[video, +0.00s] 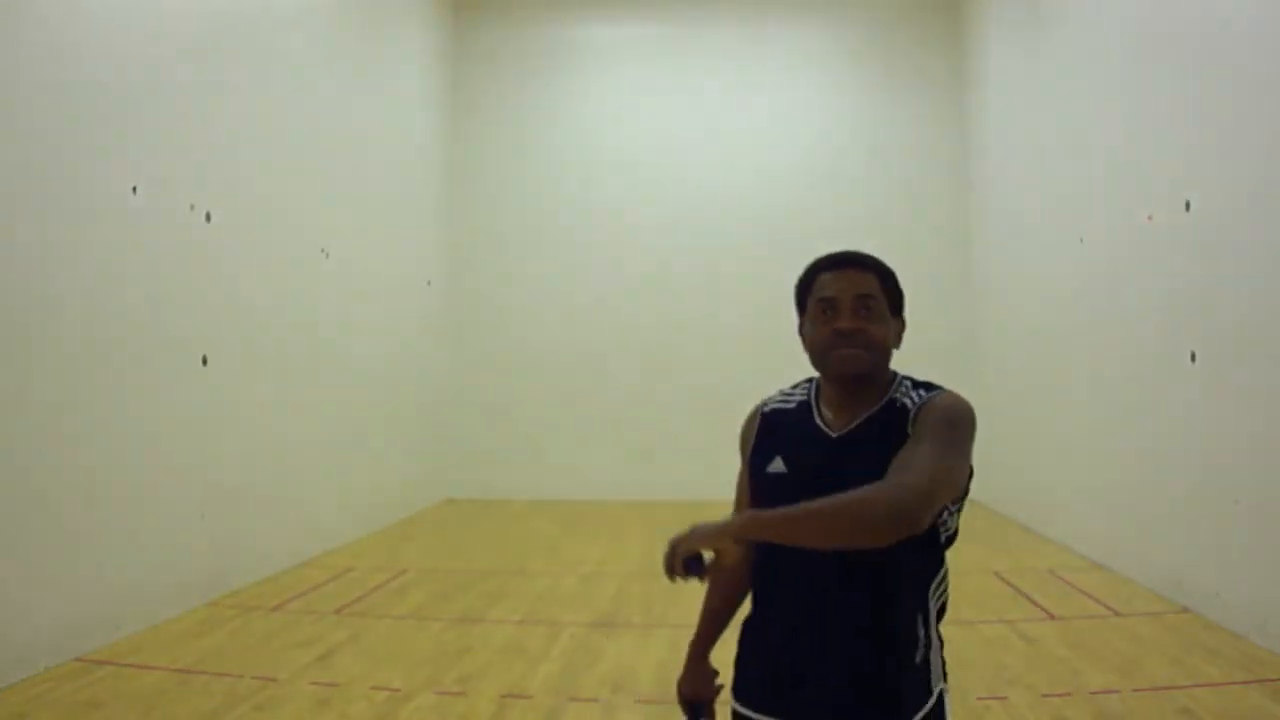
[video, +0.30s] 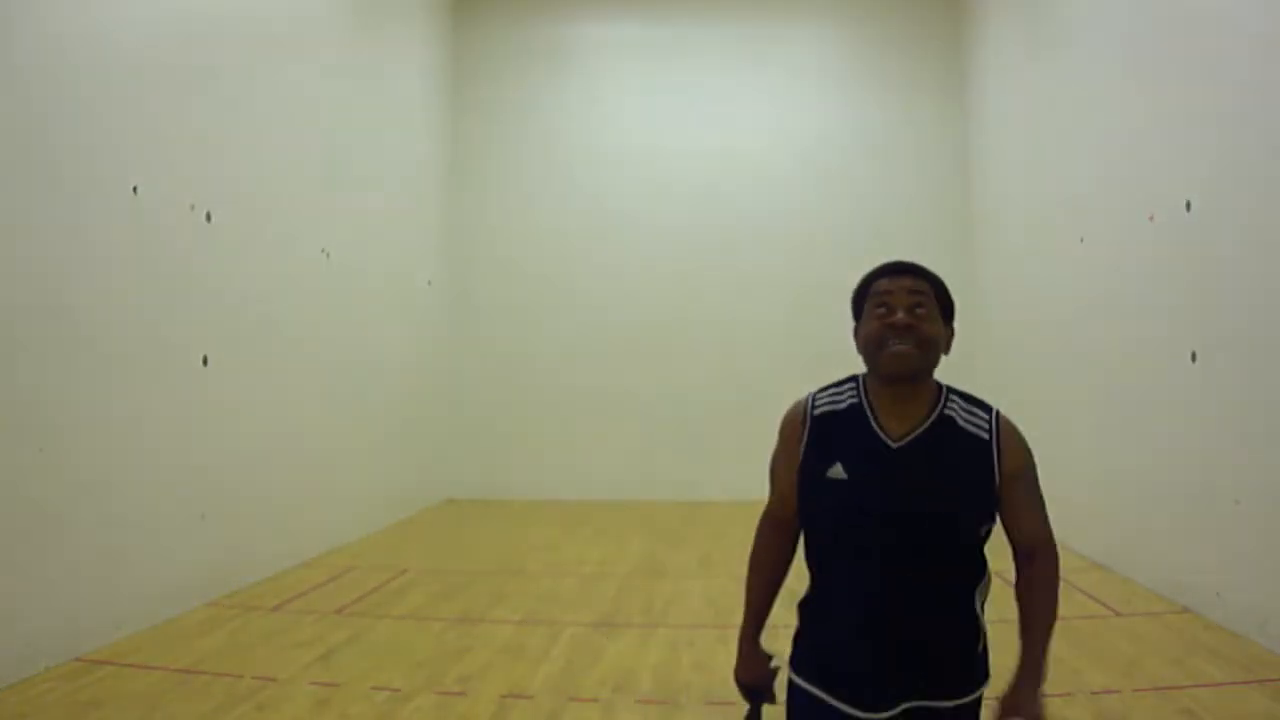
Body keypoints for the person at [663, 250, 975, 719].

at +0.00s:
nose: (847, 324)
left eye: (866, 309)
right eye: (827, 310)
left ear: (898, 331)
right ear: (802, 332)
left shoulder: (942, 415)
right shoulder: (768, 424)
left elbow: (899, 510)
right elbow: (742, 552)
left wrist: (736, 528)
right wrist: (699, 654)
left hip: (890, 693)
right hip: (773, 690)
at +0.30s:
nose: (899, 316)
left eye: (919, 307)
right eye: (881, 307)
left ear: (947, 338)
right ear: (857, 336)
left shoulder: (992, 438)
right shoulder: (809, 426)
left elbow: (1035, 553)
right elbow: (780, 524)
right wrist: (749, 639)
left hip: (943, 688)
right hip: (831, 684)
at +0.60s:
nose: (897, 315)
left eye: (916, 305)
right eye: (878, 305)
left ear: (944, 328)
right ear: (856, 329)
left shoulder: (988, 419)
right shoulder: (816, 421)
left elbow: (1039, 507)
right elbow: (786, 535)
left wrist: (1132, 575)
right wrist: (760, 650)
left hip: (950, 678)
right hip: (841, 676)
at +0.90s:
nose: (858, 322)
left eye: (875, 307)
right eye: (840, 312)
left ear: (907, 325)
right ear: (819, 334)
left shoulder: (957, 422)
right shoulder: (780, 423)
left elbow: (994, 534)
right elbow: (750, 537)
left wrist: (1031, 637)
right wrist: (726, 655)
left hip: (922, 686)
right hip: (807, 685)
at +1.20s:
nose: (806, 321)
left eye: (822, 304)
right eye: (786, 312)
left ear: (856, 317)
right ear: (767, 333)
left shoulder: (914, 419)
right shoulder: (728, 423)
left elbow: (959, 534)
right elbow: (687, 534)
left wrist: (970, 657)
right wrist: (670, 655)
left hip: (878, 688)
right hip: (756, 690)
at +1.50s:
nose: (772, 325)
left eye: (790, 307)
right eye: (755, 313)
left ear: (830, 317)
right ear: (739, 332)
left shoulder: (896, 421)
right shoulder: (712, 430)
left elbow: (961, 528)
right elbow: (647, 532)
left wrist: (961, 664)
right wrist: (645, 652)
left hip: (862, 691)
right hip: (747, 692)